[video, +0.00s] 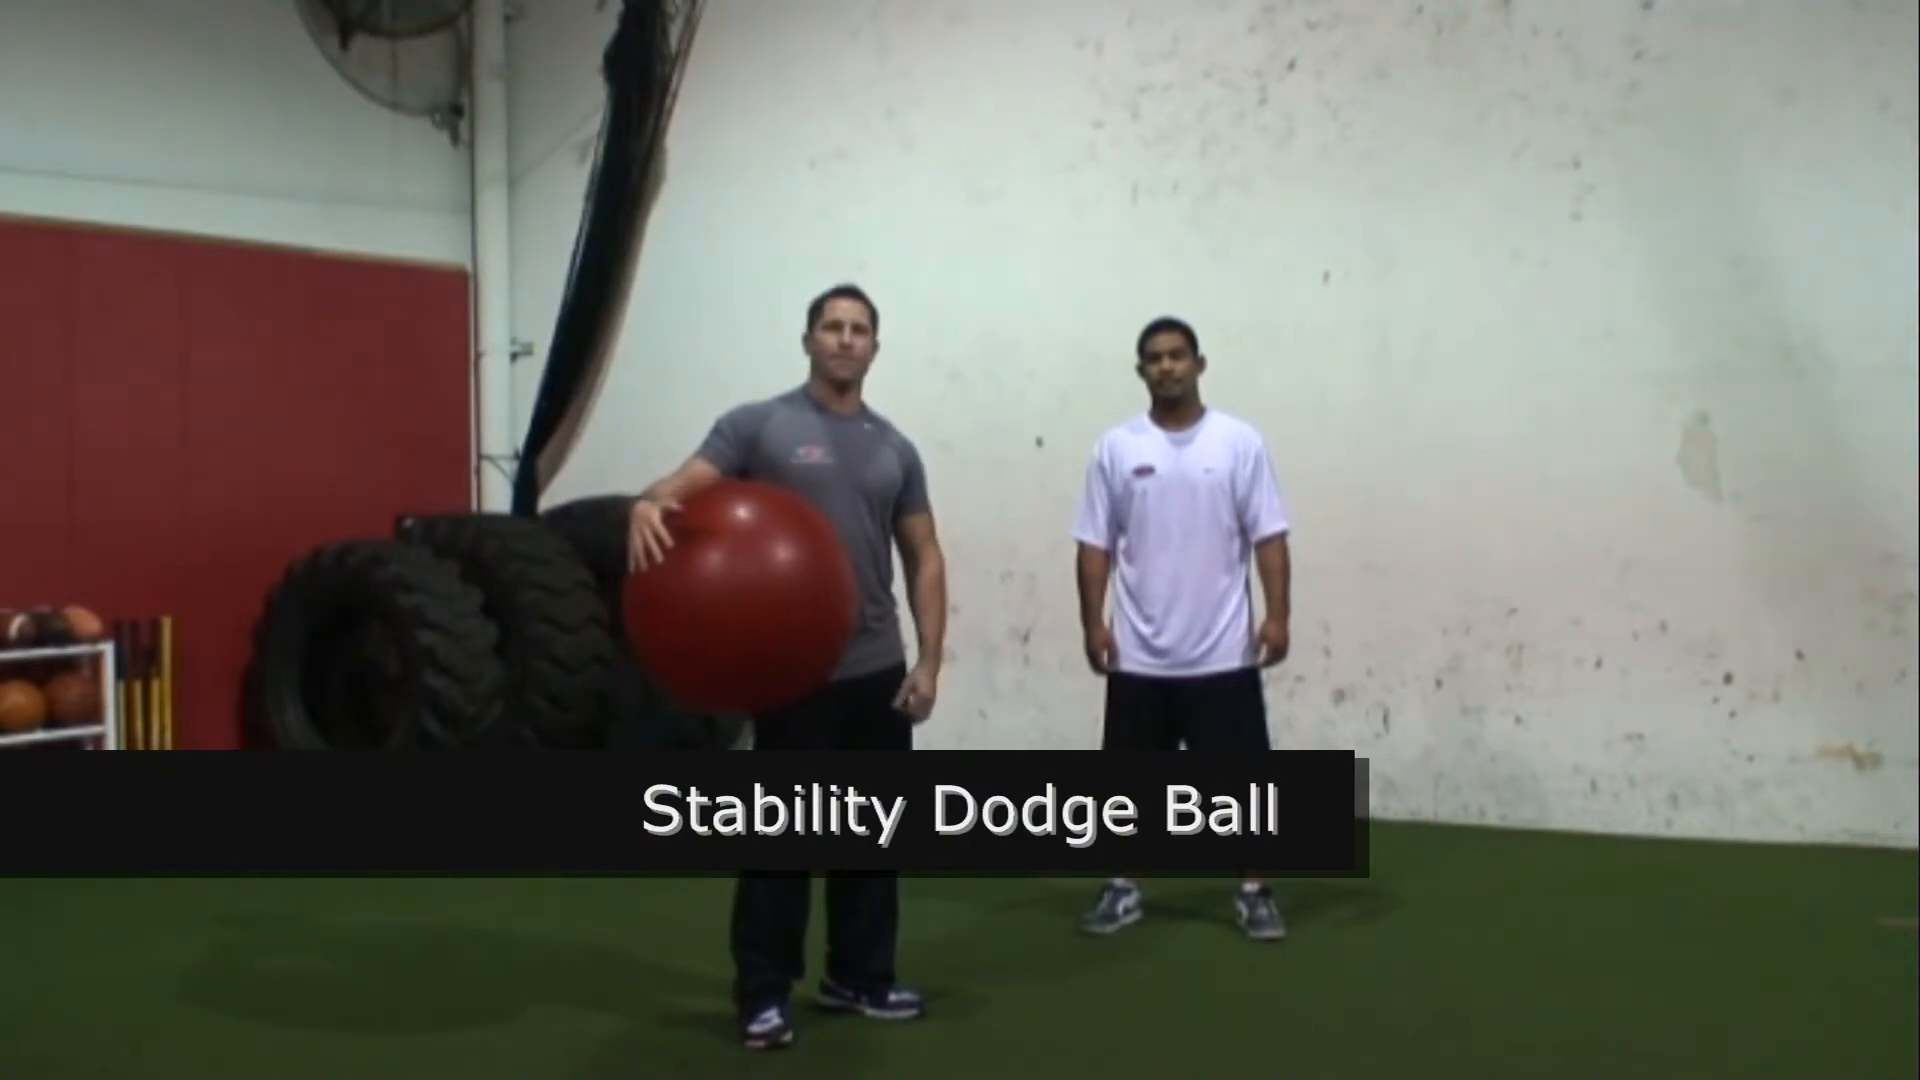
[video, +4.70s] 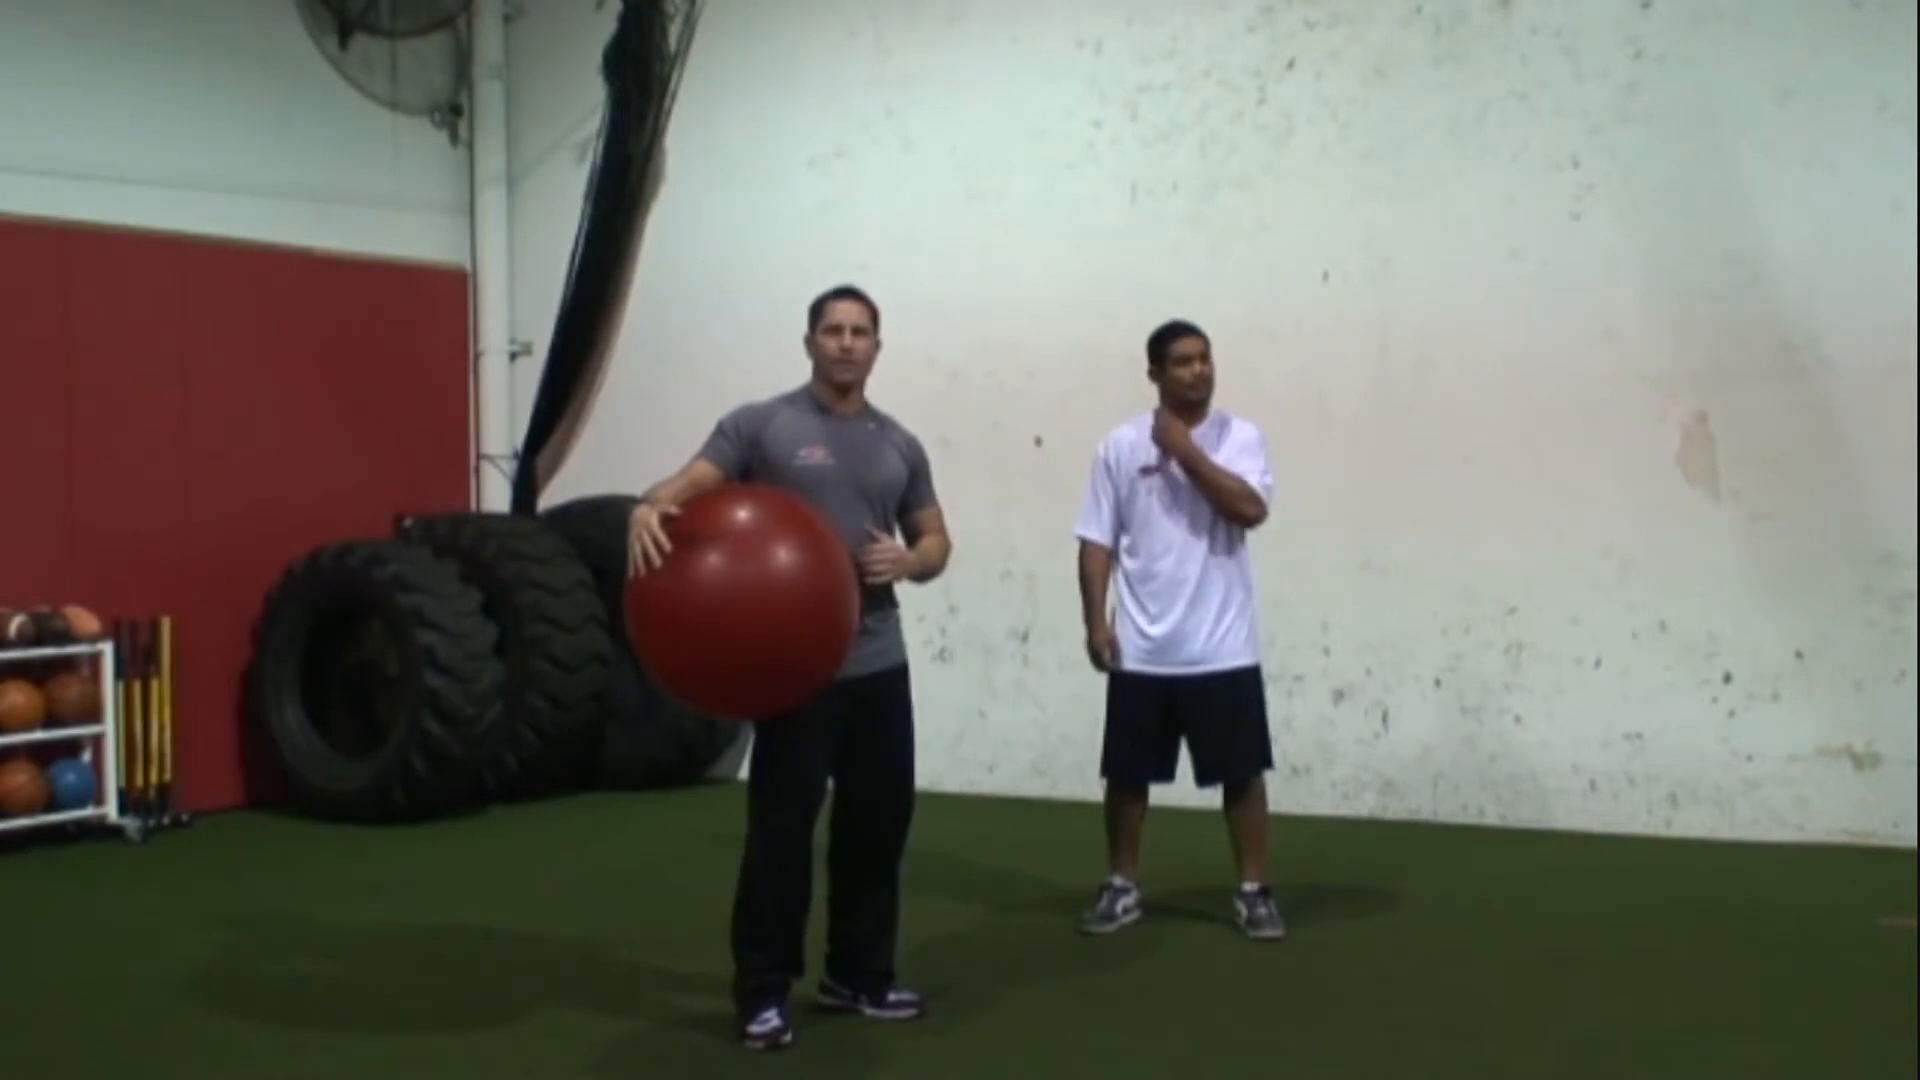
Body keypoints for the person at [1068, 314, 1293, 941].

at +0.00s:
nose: (1166, 366)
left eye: (1177, 356)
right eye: (1155, 358)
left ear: (1199, 364)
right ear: (1141, 371)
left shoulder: (1240, 442)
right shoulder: (1117, 448)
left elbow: (1269, 534)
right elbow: (1094, 541)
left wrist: (1277, 613)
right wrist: (1093, 622)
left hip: (1222, 648)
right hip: (1140, 649)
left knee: (1242, 778)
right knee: (1124, 778)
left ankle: (1253, 887)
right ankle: (1123, 884)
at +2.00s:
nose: (1163, 367)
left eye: (1174, 357)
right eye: (1152, 359)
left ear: (1198, 365)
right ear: (1139, 372)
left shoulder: (1239, 443)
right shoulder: (1116, 449)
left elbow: (1269, 535)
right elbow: (1093, 540)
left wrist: (1275, 616)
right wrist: (1091, 621)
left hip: (1221, 645)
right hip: (1139, 646)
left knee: (1242, 776)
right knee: (1123, 777)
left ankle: (1254, 889)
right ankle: (1122, 883)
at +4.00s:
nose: (1156, 367)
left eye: (1169, 357)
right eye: (1148, 359)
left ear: (1197, 364)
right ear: (1137, 370)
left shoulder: (1239, 442)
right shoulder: (1115, 449)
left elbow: (1270, 533)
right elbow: (1093, 540)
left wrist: (1277, 613)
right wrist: (1090, 620)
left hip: (1221, 644)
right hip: (1138, 645)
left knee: (1242, 776)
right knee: (1123, 777)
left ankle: (1253, 889)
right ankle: (1122, 884)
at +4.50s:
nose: (1178, 367)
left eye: (1187, 357)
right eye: (1164, 359)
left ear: (1204, 366)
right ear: (1145, 372)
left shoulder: (1245, 442)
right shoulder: (1119, 449)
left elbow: (1277, 524)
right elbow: (1095, 539)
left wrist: (1230, 548)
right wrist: (1094, 620)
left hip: (1222, 646)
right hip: (1141, 647)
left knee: (1242, 776)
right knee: (1125, 777)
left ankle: (1254, 888)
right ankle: (1122, 884)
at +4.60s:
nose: (1189, 369)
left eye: (1197, 359)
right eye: (1175, 361)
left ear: (1210, 367)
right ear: (1151, 373)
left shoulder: (1242, 440)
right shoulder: (1121, 448)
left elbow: (1268, 522)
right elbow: (1095, 539)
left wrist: (1197, 486)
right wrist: (1094, 620)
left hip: (1222, 644)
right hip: (1141, 645)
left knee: (1243, 777)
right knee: (1125, 777)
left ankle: (1254, 888)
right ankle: (1122, 883)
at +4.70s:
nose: (1196, 371)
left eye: (1202, 360)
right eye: (1182, 363)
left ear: (1214, 366)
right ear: (1156, 373)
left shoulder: (1238, 438)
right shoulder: (1122, 447)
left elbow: (1251, 508)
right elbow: (1096, 538)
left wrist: (1184, 449)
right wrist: (1097, 619)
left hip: (1222, 645)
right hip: (1141, 645)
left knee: (1243, 778)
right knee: (1126, 777)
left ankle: (1254, 888)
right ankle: (1122, 883)